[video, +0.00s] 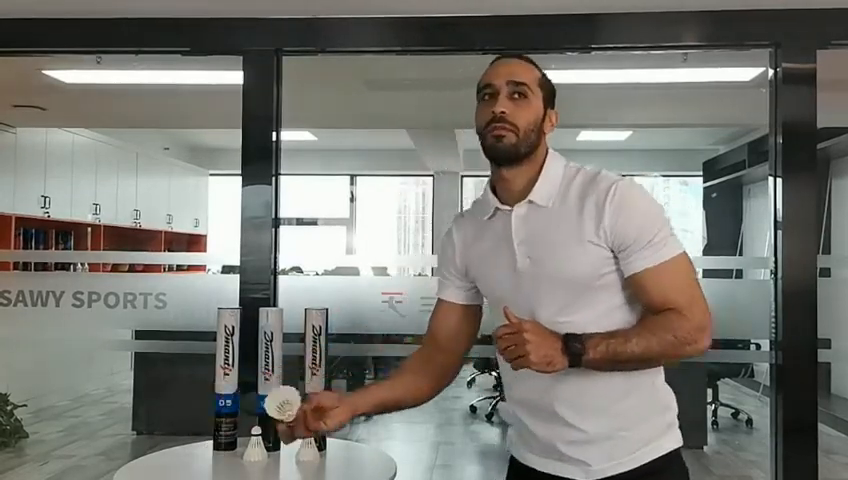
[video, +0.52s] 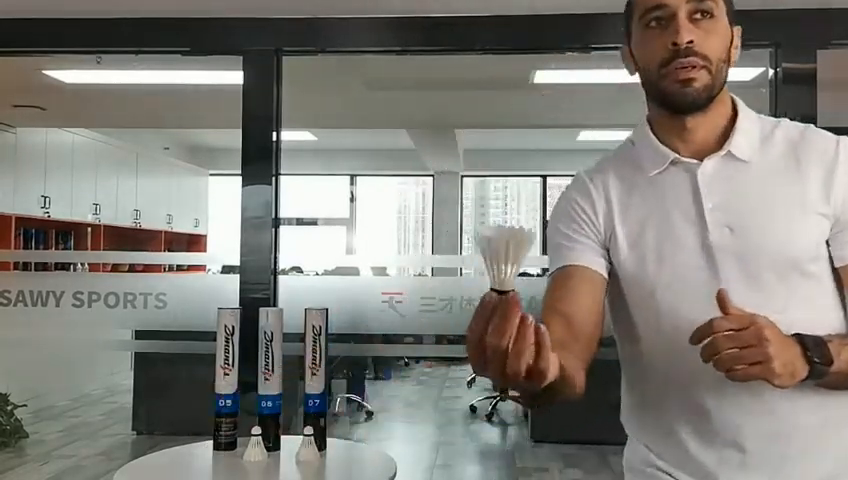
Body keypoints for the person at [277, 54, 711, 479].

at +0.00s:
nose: (498, 107)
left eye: (517, 95)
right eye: (487, 95)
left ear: (549, 119)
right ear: (476, 118)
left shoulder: (615, 202)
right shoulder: (466, 236)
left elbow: (691, 327)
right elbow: (435, 360)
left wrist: (568, 350)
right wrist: (352, 403)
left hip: (640, 461)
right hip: (535, 464)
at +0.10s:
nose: (547, 100)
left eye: (567, 87)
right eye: (532, 87)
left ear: (596, 112)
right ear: (517, 111)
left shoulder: (665, 207)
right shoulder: (497, 234)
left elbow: (739, 343)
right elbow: (470, 364)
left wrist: (617, 362)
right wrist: (395, 410)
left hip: (673, 463)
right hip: (562, 465)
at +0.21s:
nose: (595, 89)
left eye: (614, 75)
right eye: (577, 76)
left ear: (640, 99)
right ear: (556, 101)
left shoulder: (718, 200)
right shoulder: (530, 228)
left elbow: (796, 347)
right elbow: (502, 371)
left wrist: (674, 367)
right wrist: (445, 405)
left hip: (720, 467)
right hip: (599, 469)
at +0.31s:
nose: (633, 72)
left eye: (652, 56)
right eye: (612, 60)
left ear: (679, 84)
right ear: (589, 90)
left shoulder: (764, 189)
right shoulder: (556, 219)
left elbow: (840, 336)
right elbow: (530, 372)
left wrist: (732, 363)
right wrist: (486, 388)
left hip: (758, 466)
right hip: (625, 468)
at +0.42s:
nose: (659, 54)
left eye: (678, 34)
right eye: (636, 39)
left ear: (707, 58)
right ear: (611, 70)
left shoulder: (801, 174)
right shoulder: (577, 207)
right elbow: (551, 367)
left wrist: (775, 354)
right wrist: (514, 370)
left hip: (791, 465)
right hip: (650, 467)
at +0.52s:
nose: (683, 36)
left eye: (702, 16)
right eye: (657, 21)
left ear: (733, 41)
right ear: (629, 55)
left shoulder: (827, 161)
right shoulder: (595, 196)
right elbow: (565, 362)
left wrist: (805, 356)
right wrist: (527, 365)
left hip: (817, 466)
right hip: (669, 469)